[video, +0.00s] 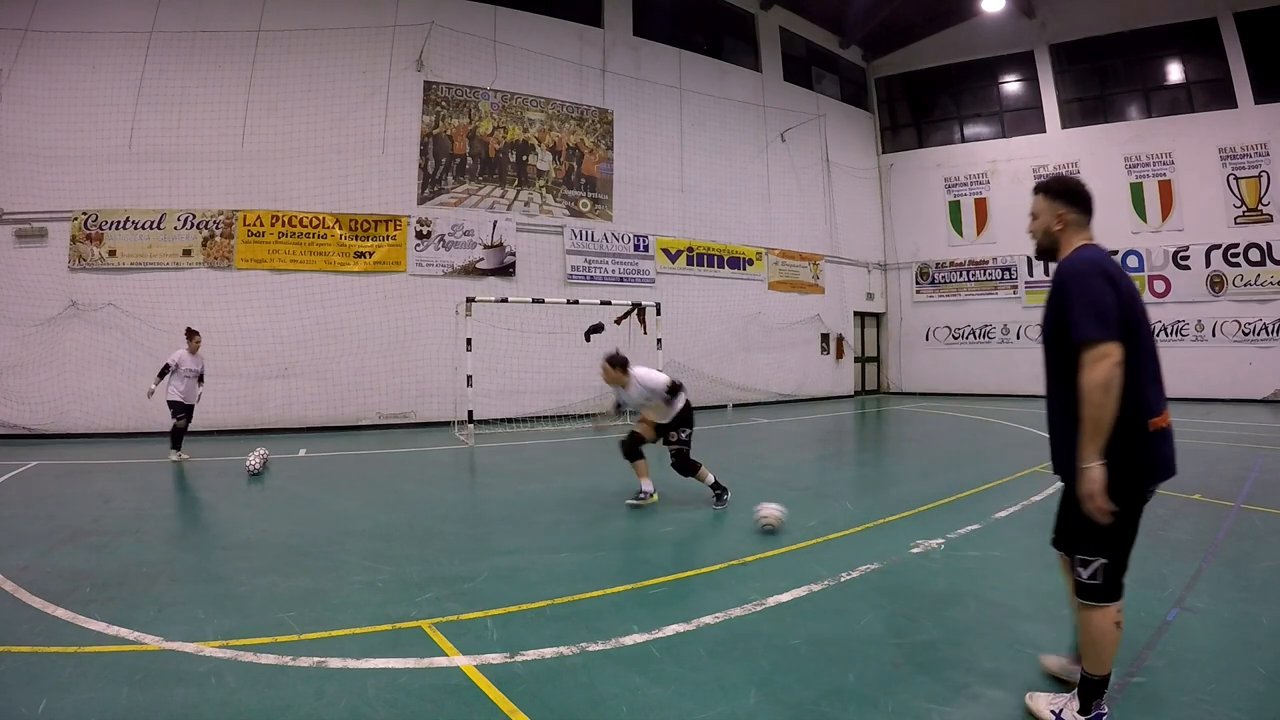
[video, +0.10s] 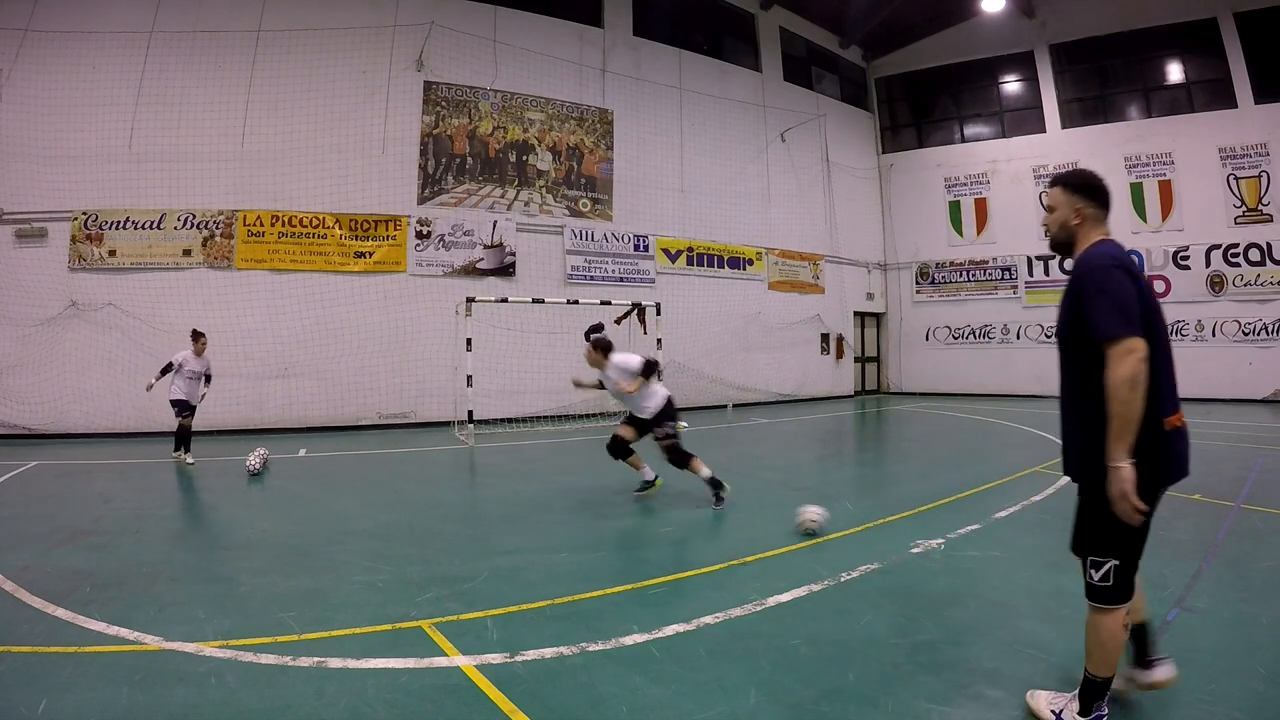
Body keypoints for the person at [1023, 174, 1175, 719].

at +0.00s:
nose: (1029, 227)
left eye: (1035, 217)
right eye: (1030, 217)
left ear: (1060, 218)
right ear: (1070, 219)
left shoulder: (1084, 271)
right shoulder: (1084, 267)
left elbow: (1104, 364)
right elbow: (1103, 364)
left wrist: (1090, 459)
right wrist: (1085, 454)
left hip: (1118, 455)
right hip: (1109, 450)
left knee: (1098, 579)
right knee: (1072, 550)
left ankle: (1091, 704)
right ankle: (1085, 658)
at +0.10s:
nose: (1042, 220)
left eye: (1049, 209)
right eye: (1044, 210)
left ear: (1080, 212)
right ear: (1086, 214)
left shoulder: (1100, 268)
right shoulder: (1110, 262)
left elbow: (1129, 358)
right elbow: (1123, 362)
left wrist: (1119, 458)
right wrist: (1100, 452)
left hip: (1122, 457)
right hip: (1126, 451)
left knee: (1105, 578)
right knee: (1110, 556)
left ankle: (1090, 704)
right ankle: (1147, 659)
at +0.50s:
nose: (1114, 221)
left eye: (1123, 211)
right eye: (1115, 211)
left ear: (1157, 216)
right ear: (1158, 219)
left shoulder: (1170, 279)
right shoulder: (1181, 274)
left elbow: (1190, 375)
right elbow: (1192, 378)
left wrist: (1149, 469)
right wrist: (1152, 462)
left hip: (1168, 473)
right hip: (1197, 467)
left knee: (1128, 595)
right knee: (1194, 576)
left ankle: (1089, 706)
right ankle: (1219, 686)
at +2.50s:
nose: (1123, 239)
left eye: (1129, 230)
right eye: (1125, 230)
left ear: (1152, 234)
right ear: (1169, 235)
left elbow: (1142, 373)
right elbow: (1214, 362)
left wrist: (1096, 438)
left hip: (1165, 449)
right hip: (1207, 444)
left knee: (1145, 565)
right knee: (1188, 545)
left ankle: (1127, 676)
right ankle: (1185, 636)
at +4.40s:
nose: (1144, 233)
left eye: (1151, 225)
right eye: (1146, 225)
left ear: (1174, 234)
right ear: (1180, 235)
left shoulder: (1183, 285)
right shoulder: (1198, 282)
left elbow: (1190, 366)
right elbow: (1202, 367)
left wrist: (1160, 442)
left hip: (1186, 447)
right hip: (1209, 443)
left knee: (1168, 558)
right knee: (1198, 546)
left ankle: (1151, 670)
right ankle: (1187, 638)